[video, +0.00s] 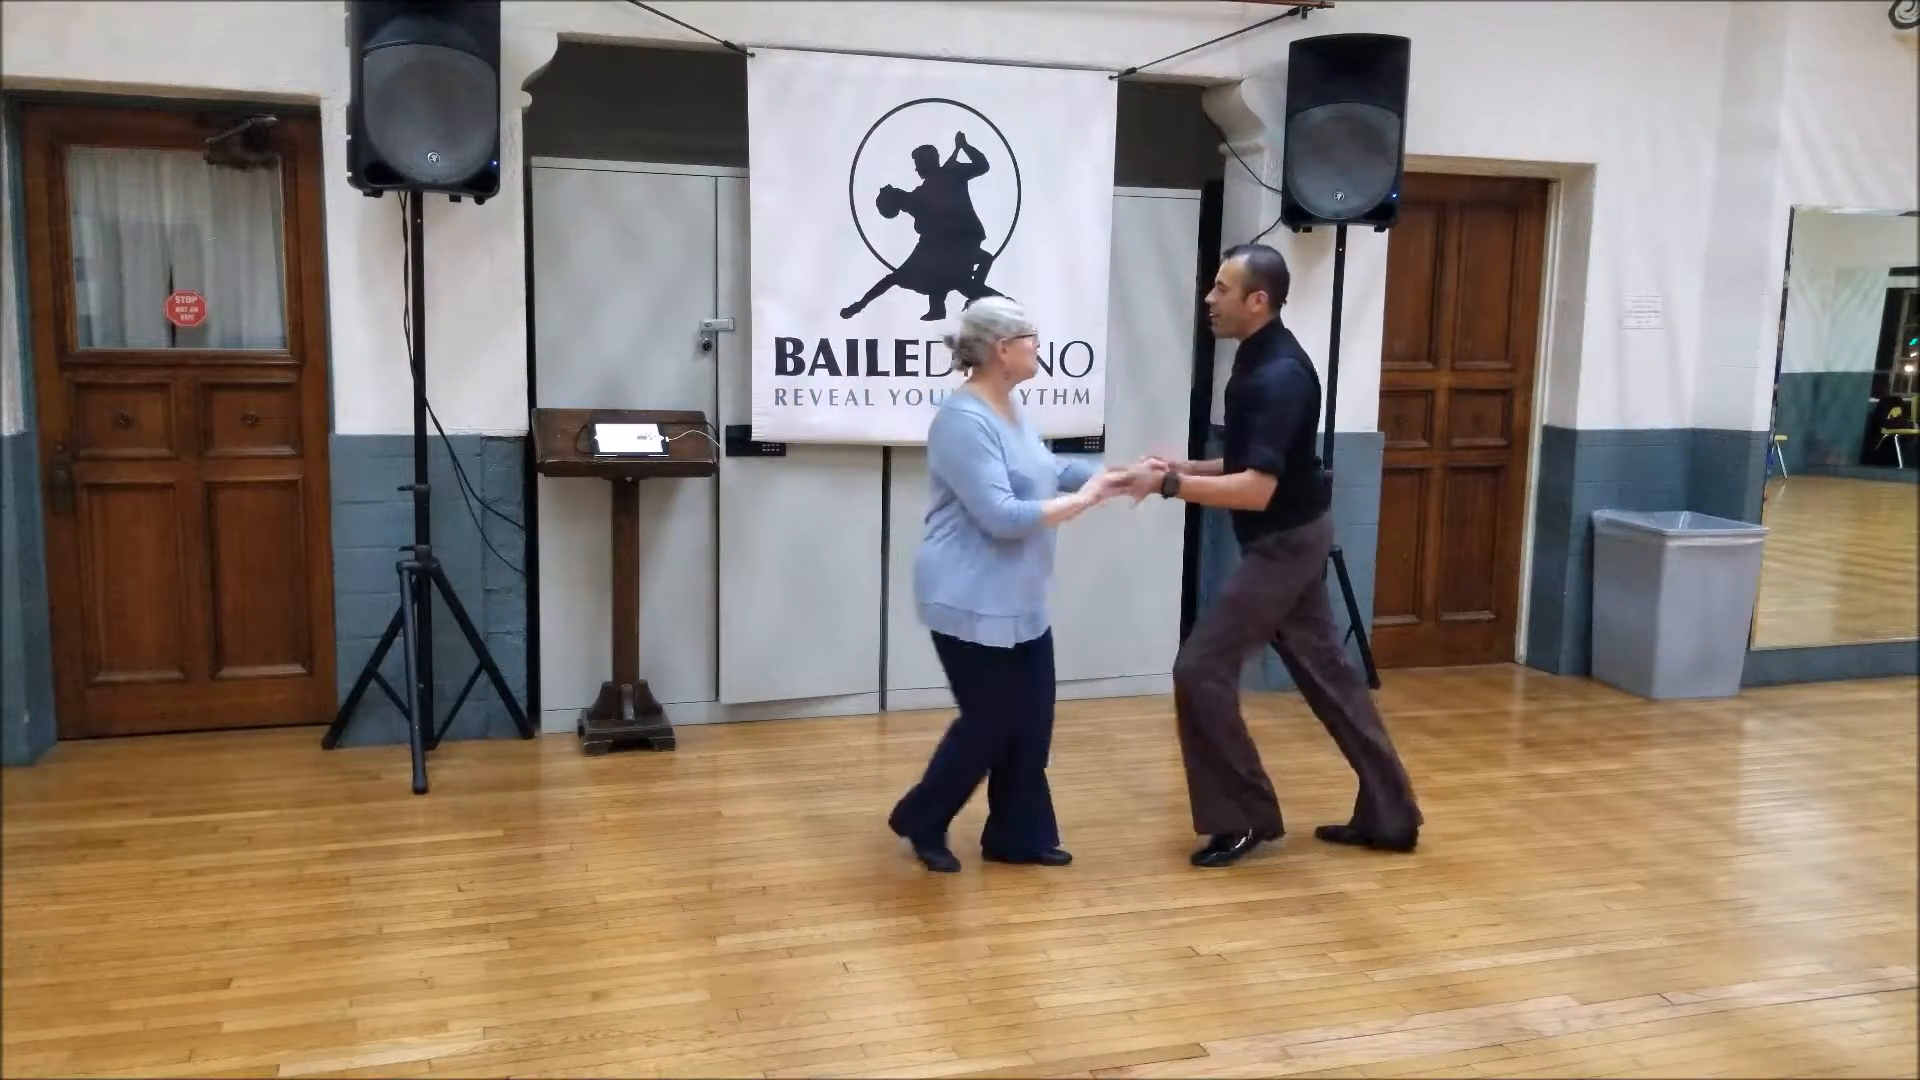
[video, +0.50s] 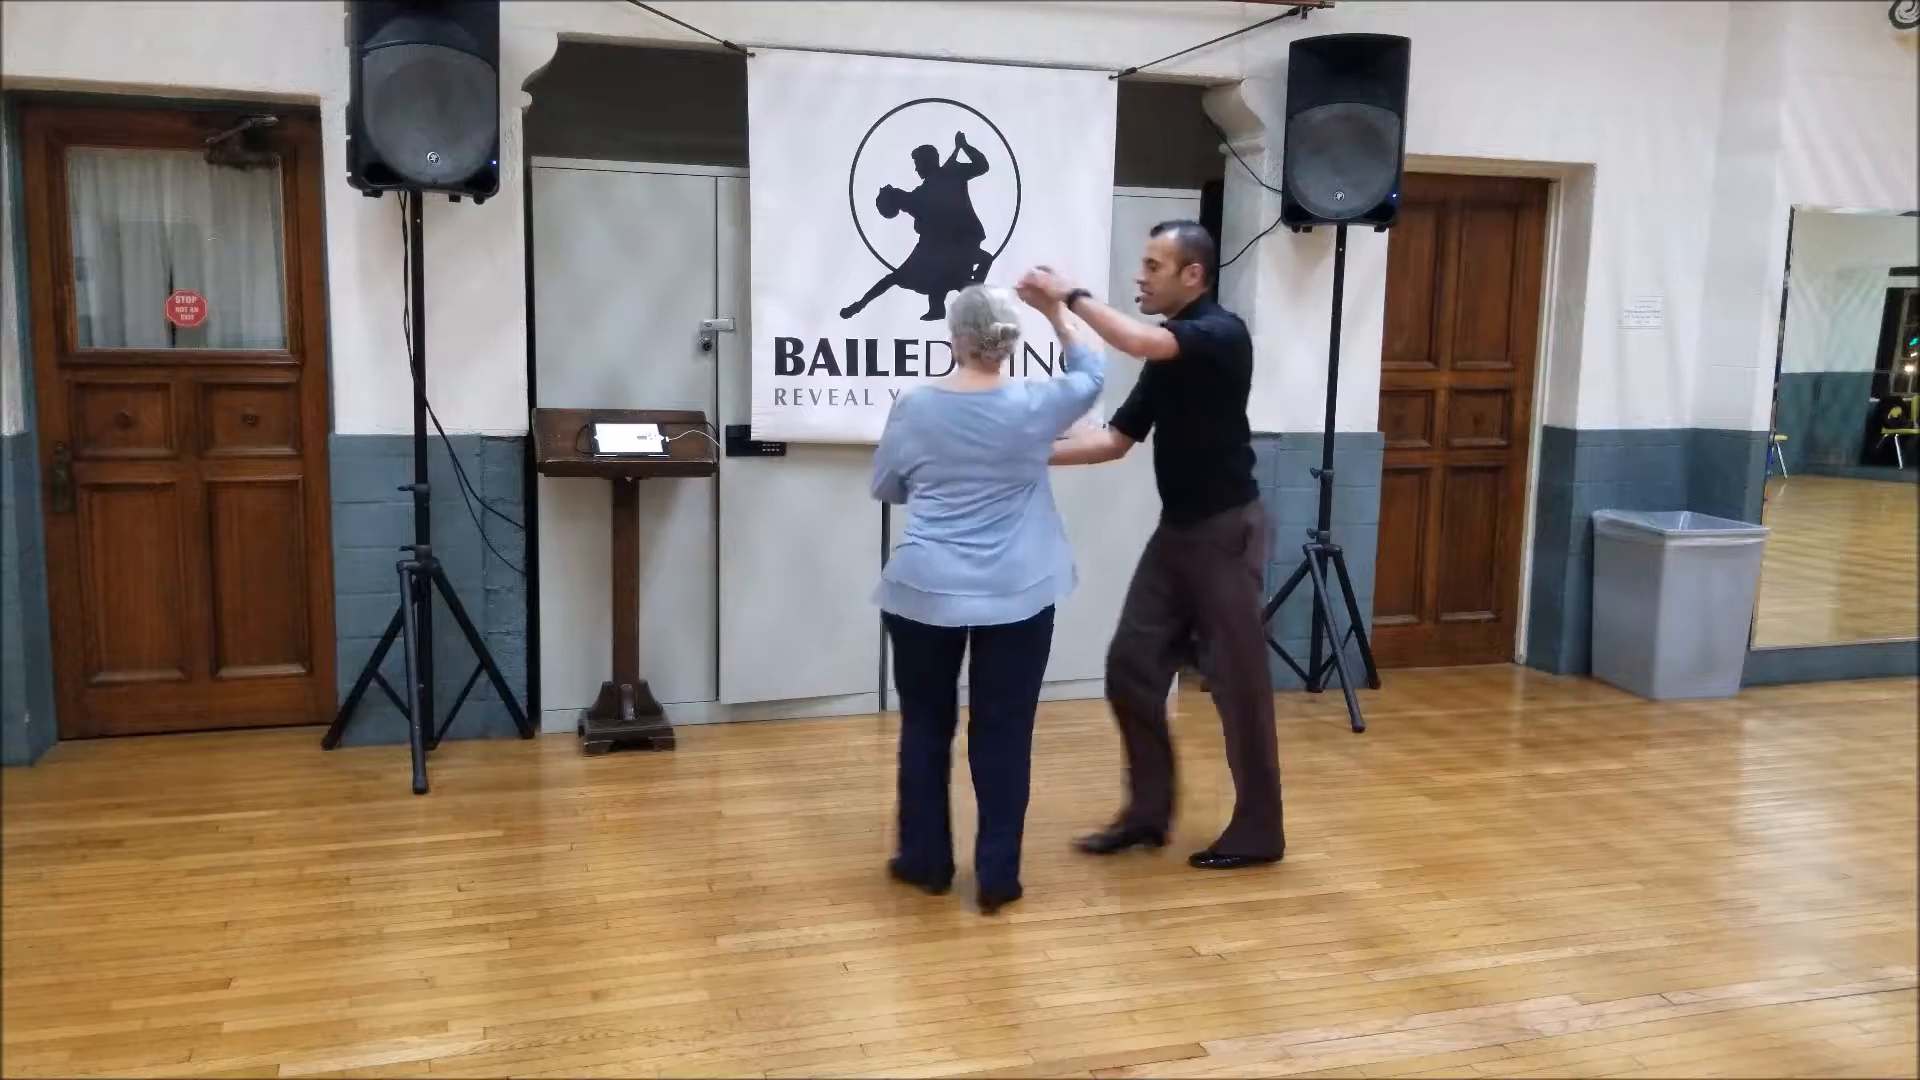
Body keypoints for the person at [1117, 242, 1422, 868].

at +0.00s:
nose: (1209, 299)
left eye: (1220, 290)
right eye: (1212, 287)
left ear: (1258, 302)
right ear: (1254, 300)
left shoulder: (1279, 372)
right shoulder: (1258, 360)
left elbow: (1258, 489)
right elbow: (1245, 461)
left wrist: (1173, 484)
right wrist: (1188, 464)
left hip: (1290, 544)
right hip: (1288, 539)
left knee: (1200, 671)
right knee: (1329, 677)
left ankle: (1249, 817)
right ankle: (1390, 815)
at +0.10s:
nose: (1206, 300)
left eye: (1217, 291)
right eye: (1209, 288)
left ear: (1255, 303)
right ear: (1249, 301)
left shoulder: (1282, 375)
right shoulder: (1247, 363)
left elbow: (1268, 487)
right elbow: (1234, 465)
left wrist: (1181, 470)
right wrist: (1173, 473)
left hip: (1281, 548)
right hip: (1271, 544)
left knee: (1204, 681)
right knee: (1320, 683)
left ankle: (1246, 831)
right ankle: (1383, 819)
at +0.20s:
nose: (1191, 288)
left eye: (1203, 279)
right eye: (1194, 276)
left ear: (1242, 291)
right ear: (1225, 288)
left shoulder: (1272, 360)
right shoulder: (1214, 349)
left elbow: (1249, 459)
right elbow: (1197, 453)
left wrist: (1167, 408)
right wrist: (1119, 478)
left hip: (1261, 538)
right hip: (1229, 535)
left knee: (1224, 680)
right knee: (1275, 672)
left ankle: (1246, 833)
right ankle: (1359, 795)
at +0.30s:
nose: (1180, 282)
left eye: (1193, 272)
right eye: (1183, 270)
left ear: (1232, 282)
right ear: (1222, 281)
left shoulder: (1263, 350)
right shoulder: (1202, 353)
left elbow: (1226, 425)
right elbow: (1159, 451)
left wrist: (1146, 374)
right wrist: (1077, 469)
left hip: (1254, 534)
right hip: (1216, 532)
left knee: (1235, 679)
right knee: (1225, 673)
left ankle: (1246, 833)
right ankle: (1331, 778)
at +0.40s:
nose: (1161, 276)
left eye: (1174, 266)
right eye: (1164, 264)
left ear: (1215, 275)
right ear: (1196, 274)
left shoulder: (1243, 334)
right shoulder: (1186, 350)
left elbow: (1189, 378)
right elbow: (1131, 441)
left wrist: (1111, 330)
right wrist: (1050, 459)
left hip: (1246, 535)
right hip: (1201, 535)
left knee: (1240, 682)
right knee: (1168, 666)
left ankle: (1254, 833)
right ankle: (1254, 772)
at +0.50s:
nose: (1140, 277)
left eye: (1153, 267)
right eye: (1141, 266)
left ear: (1194, 275)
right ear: (1173, 273)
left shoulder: (1221, 331)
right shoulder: (1167, 346)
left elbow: (1144, 341)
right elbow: (1113, 439)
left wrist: (1070, 298)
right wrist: (1030, 451)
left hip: (1227, 531)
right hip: (1178, 532)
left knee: (1239, 680)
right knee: (1132, 668)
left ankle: (1258, 833)